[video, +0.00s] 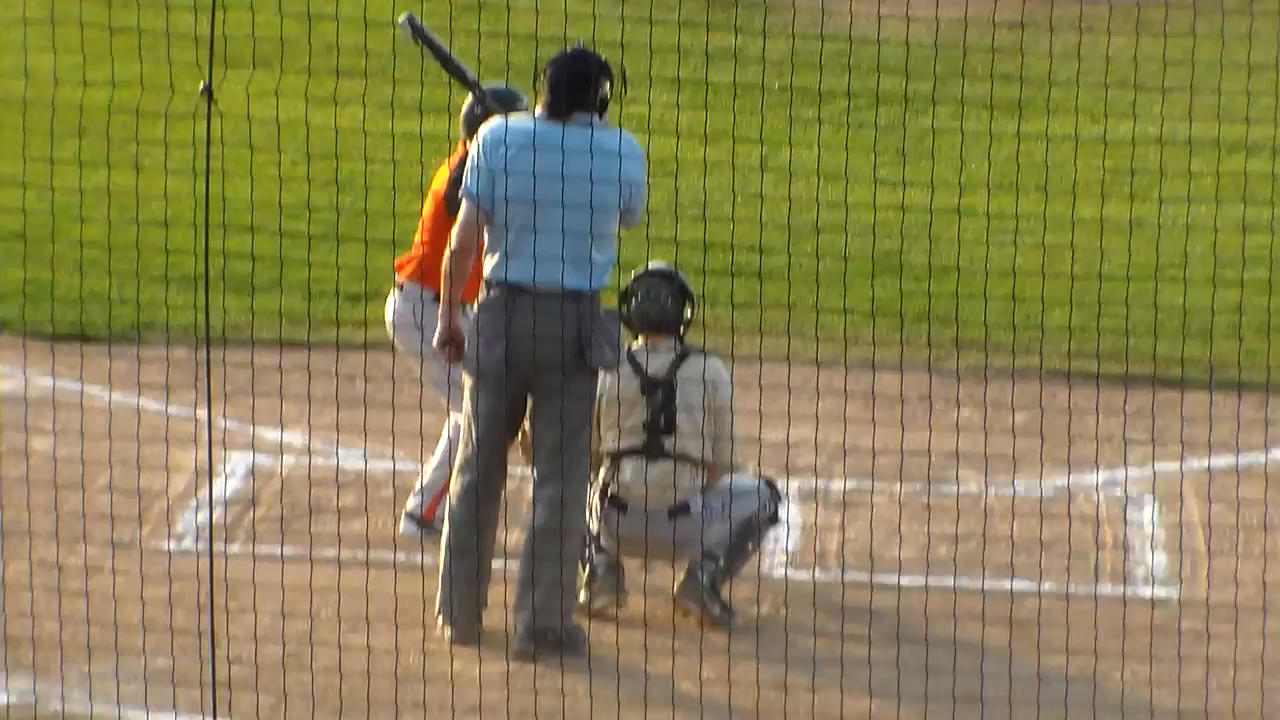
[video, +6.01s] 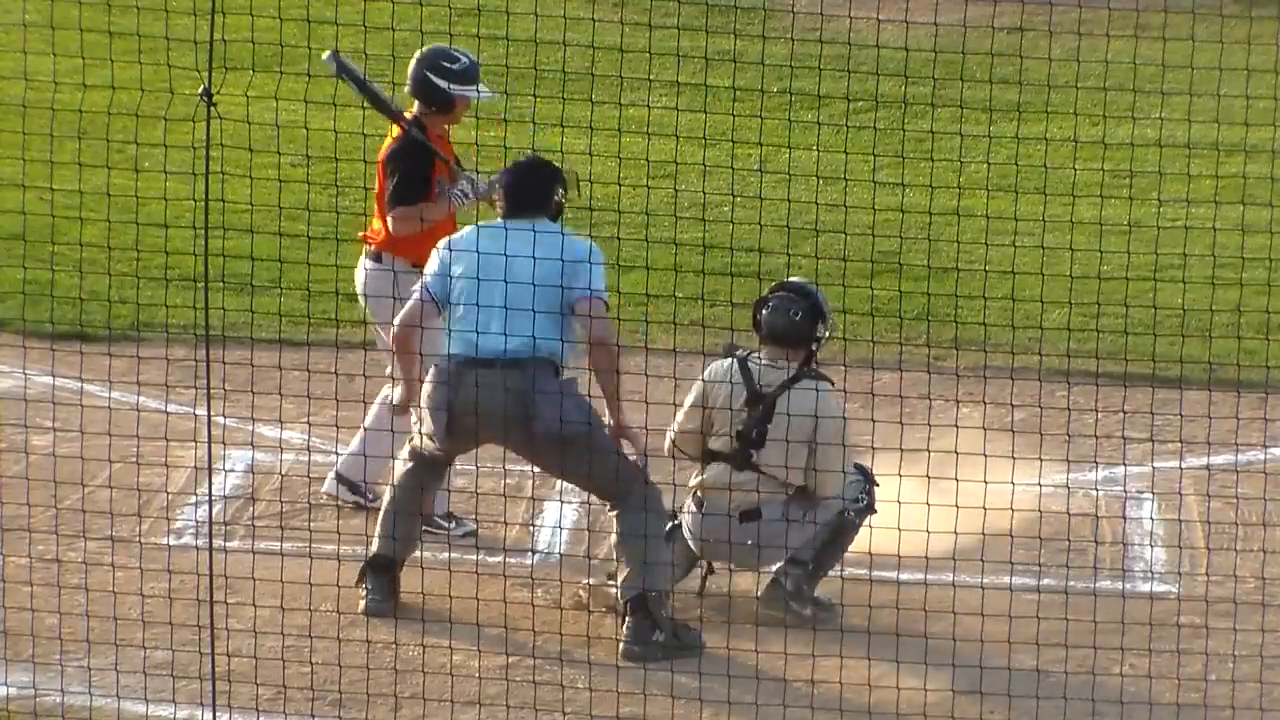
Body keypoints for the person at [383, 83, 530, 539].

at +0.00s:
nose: (520, 138)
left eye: (520, 130)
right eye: (515, 129)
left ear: (473, 126)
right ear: (495, 129)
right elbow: (459, 247)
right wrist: (455, 314)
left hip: (441, 301)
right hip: (423, 301)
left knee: (478, 402)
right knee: (480, 402)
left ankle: (430, 506)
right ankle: (426, 508)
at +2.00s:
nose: (523, 128)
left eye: (523, 120)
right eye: (519, 119)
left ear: (475, 115)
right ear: (501, 118)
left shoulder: (467, 152)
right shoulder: (476, 156)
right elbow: (470, 237)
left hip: (420, 292)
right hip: (431, 295)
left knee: (472, 392)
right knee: (480, 392)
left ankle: (430, 493)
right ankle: (427, 495)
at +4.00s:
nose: (531, 131)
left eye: (530, 125)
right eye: (527, 126)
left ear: (484, 130)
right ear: (513, 132)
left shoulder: (508, 165)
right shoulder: (470, 168)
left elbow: (556, 196)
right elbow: (501, 215)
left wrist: (563, 175)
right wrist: (535, 181)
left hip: (459, 302)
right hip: (426, 300)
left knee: (475, 395)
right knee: (462, 400)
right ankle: (433, 503)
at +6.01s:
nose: (471, 102)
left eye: (470, 94)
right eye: (465, 95)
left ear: (433, 97)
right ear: (444, 98)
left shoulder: (434, 136)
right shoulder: (407, 144)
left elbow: (441, 191)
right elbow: (399, 221)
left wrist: (479, 189)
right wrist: (453, 200)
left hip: (414, 274)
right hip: (392, 276)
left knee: (417, 381)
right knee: (435, 383)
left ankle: (354, 473)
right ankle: (432, 506)